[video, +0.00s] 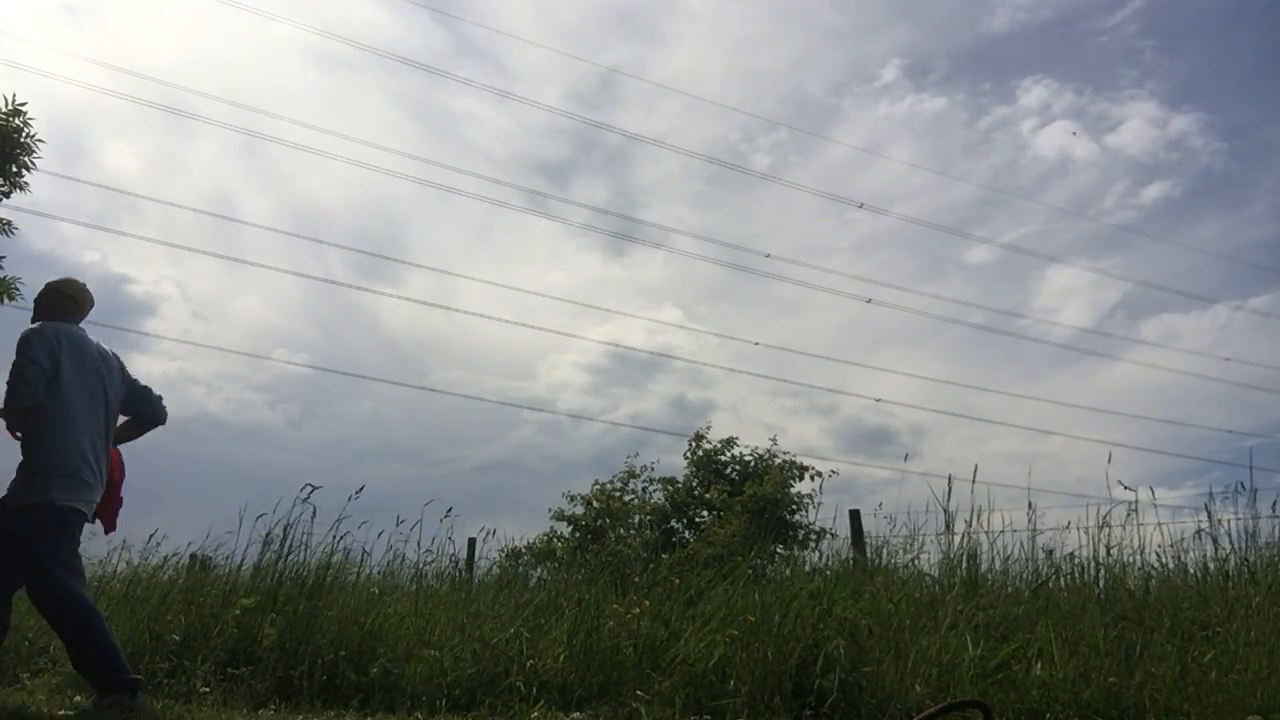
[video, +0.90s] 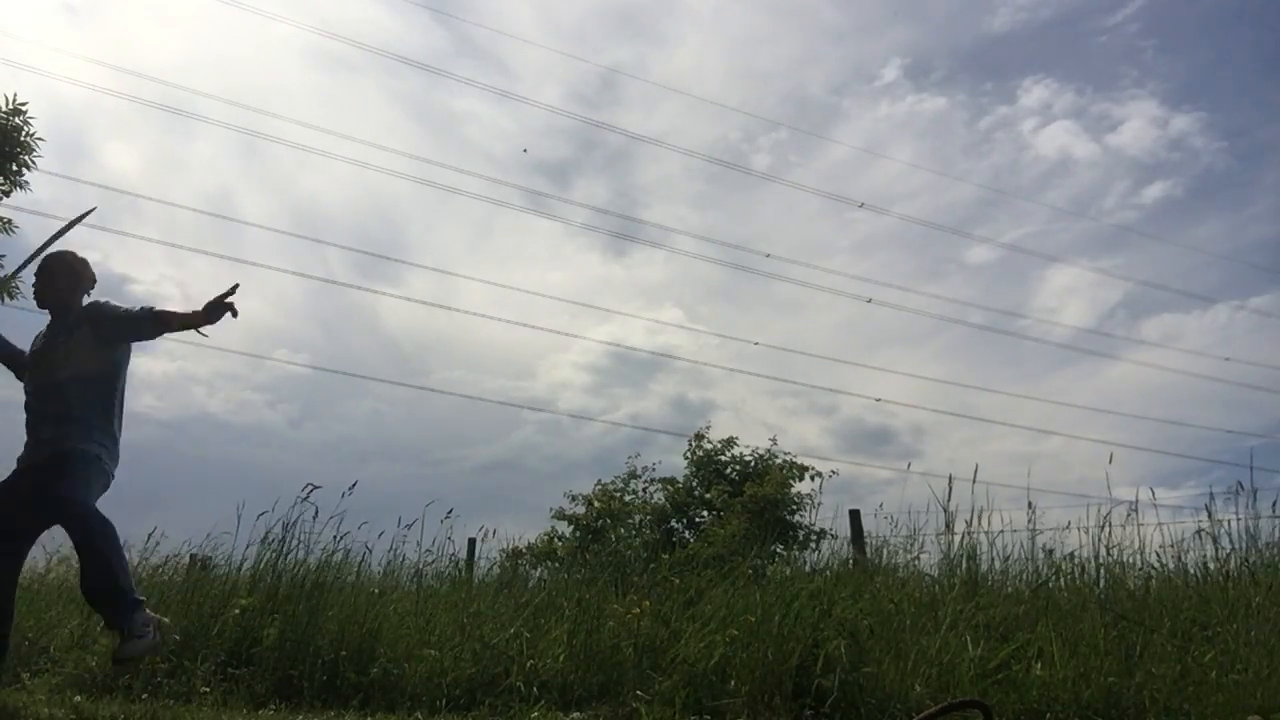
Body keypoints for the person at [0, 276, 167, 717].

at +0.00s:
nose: (33, 317)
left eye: (37, 309)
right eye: (35, 311)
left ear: (48, 307)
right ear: (79, 314)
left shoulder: (40, 336)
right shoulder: (107, 359)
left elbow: (21, 398)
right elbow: (154, 411)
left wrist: (14, 420)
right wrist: (107, 435)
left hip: (47, 482)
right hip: (85, 488)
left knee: (57, 588)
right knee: (2, 576)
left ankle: (120, 691)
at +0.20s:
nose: (12, 311)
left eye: (18, 303)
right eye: (15, 304)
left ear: (35, 302)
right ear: (57, 308)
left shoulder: (39, 331)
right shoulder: (84, 361)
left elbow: (19, 390)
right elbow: (114, 422)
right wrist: (59, 433)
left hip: (30, 475)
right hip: (64, 482)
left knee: (39, 574)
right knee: (35, 574)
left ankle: (101, 671)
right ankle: (99, 671)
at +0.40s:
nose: (18, 281)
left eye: (26, 272)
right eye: (20, 274)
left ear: (56, 275)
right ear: (36, 281)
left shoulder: (88, 305)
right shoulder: (21, 327)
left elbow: (90, 253)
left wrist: (18, 202)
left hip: (75, 430)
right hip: (26, 431)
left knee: (15, 439)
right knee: (8, 523)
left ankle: (61, 553)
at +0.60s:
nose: (28, 275)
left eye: (39, 267)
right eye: (30, 269)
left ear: (65, 271)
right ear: (40, 282)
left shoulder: (95, 310)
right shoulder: (26, 324)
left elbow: (91, 259)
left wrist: (35, 203)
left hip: (78, 432)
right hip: (21, 434)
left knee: (64, 367)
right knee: (6, 536)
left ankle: (53, 488)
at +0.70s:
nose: (39, 279)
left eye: (49, 270)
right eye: (42, 272)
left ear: (73, 277)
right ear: (40, 284)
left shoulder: (97, 311)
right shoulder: (28, 331)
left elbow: (98, 263)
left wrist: (57, 209)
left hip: (79, 433)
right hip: (23, 436)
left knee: (75, 388)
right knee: (6, 538)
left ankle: (70, 515)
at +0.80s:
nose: (64, 276)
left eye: (70, 269)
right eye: (56, 270)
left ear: (82, 277)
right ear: (39, 283)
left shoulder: (100, 307)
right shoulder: (31, 338)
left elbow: (124, 286)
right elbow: (15, 350)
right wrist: (6, 341)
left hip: (85, 420)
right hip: (31, 432)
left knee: (73, 447)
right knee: (9, 538)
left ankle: (100, 563)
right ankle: (2, 648)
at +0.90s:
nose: (35, 284)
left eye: (43, 276)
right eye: (37, 277)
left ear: (70, 281)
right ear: (53, 286)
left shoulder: (99, 318)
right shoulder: (43, 341)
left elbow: (150, 321)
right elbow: (28, 372)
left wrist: (199, 318)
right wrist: (0, 343)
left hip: (88, 453)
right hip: (39, 459)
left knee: (72, 504)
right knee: (4, 536)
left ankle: (133, 619)